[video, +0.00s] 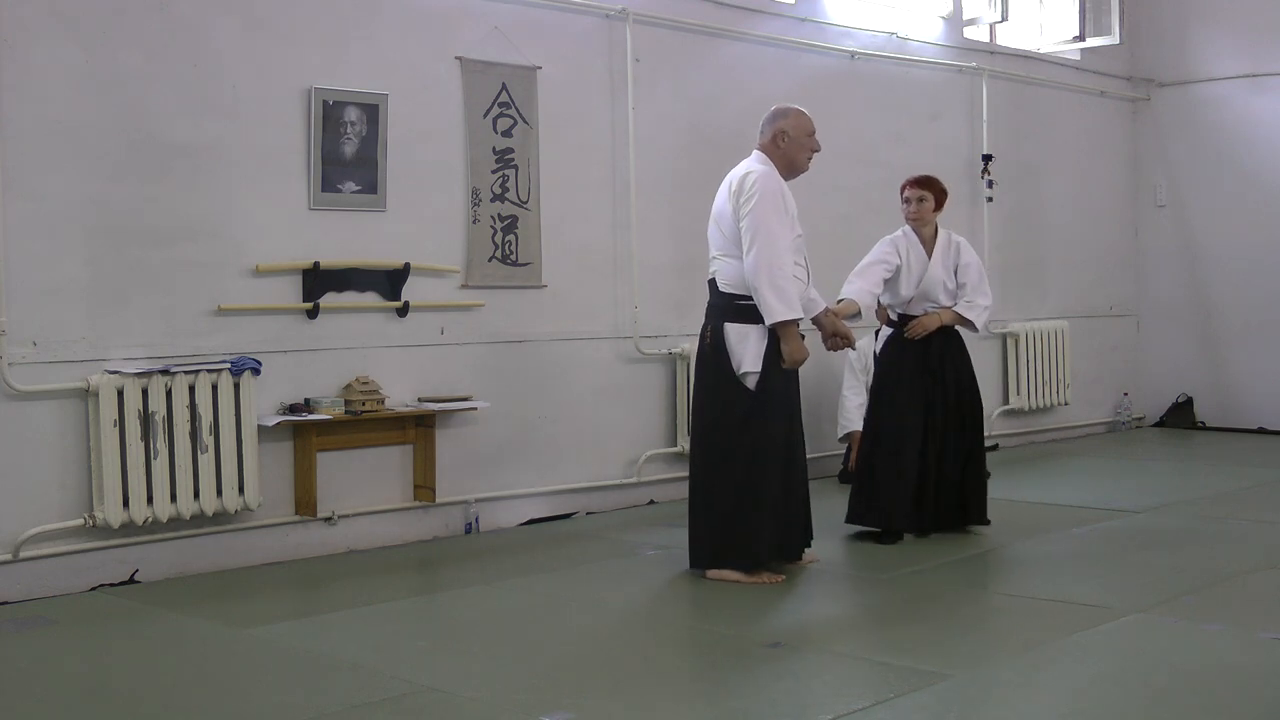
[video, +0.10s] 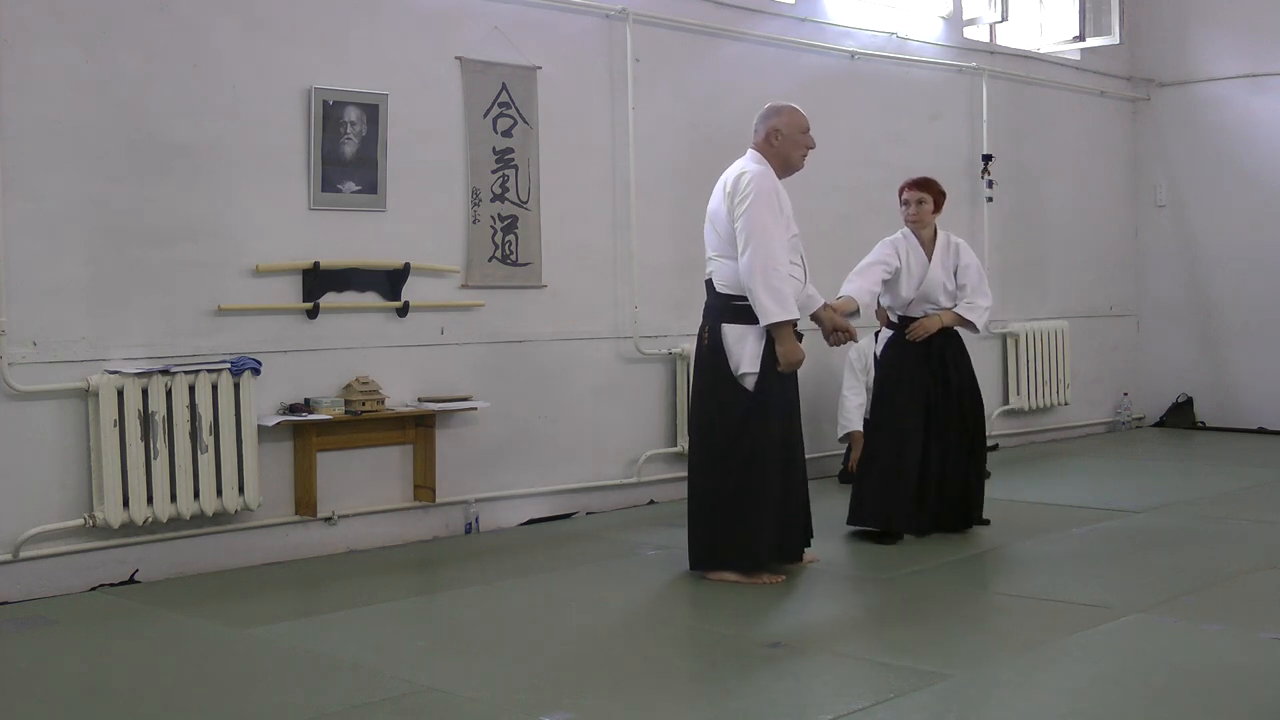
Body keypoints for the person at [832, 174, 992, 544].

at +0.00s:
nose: (912, 207)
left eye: (921, 201)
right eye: (907, 201)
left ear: (938, 205)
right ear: (901, 207)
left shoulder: (958, 249)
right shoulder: (893, 246)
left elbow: (978, 305)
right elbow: (865, 285)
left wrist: (939, 318)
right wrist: (838, 311)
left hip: (945, 346)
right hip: (901, 346)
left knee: (951, 426)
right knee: (896, 430)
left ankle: (947, 514)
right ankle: (890, 520)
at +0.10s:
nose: (912, 210)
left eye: (920, 203)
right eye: (906, 204)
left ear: (937, 207)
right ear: (900, 210)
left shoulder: (957, 250)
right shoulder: (893, 248)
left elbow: (979, 305)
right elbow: (865, 279)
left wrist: (939, 320)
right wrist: (842, 305)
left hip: (946, 346)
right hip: (902, 347)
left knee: (955, 424)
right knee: (897, 429)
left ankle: (951, 512)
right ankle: (887, 518)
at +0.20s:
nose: (911, 212)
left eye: (920, 205)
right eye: (905, 206)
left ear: (936, 209)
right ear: (900, 211)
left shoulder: (956, 250)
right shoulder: (893, 249)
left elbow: (978, 304)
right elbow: (864, 279)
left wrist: (940, 319)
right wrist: (838, 304)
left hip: (945, 346)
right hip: (903, 347)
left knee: (954, 425)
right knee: (900, 430)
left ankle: (950, 513)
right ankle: (881, 519)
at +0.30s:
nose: (910, 212)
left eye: (919, 206)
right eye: (904, 207)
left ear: (935, 211)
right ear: (898, 212)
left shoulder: (954, 251)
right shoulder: (892, 249)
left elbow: (974, 307)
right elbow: (864, 277)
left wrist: (938, 321)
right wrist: (836, 300)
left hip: (945, 346)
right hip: (903, 347)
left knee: (956, 425)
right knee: (903, 431)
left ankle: (958, 513)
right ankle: (885, 521)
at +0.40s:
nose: (909, 213)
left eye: (917, 206)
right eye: (902, 207)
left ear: (932, 210)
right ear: (896, 212)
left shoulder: (950, 252)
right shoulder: (890, 249)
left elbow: (970, 307)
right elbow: (862, 274)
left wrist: (934, 323)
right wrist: (834, 298)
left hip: (942, 347)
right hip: (901, 348)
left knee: (953, 426)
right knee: (903, 432)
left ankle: (956, 513)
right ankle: (896, 521)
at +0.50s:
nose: (907, 212)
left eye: (915, 205)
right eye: (900, 206)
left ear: (930, 209)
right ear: (894, 211)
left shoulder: (948, 251)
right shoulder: (888, 247)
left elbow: (966, 306)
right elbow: (860, 271)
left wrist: (931, 322)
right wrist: (831, 295)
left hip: (940, 346)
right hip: (898, 347)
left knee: (952, 425)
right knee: (901, 431)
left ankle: (959, 512)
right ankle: (901, 520)